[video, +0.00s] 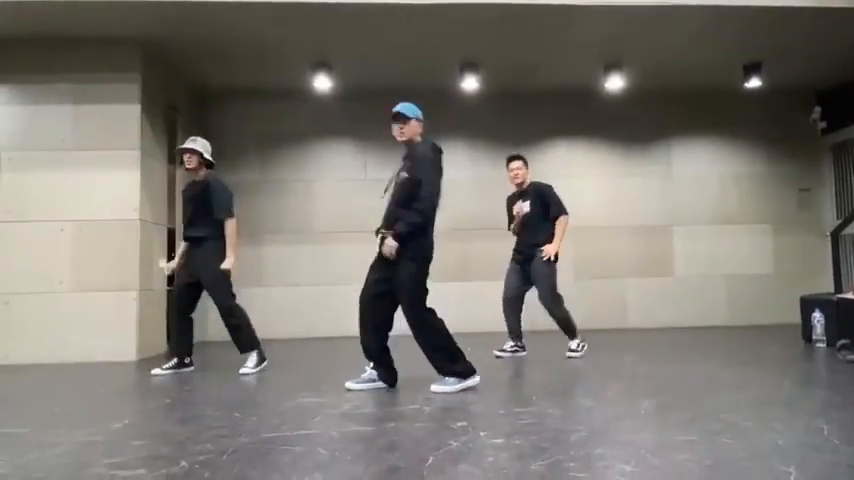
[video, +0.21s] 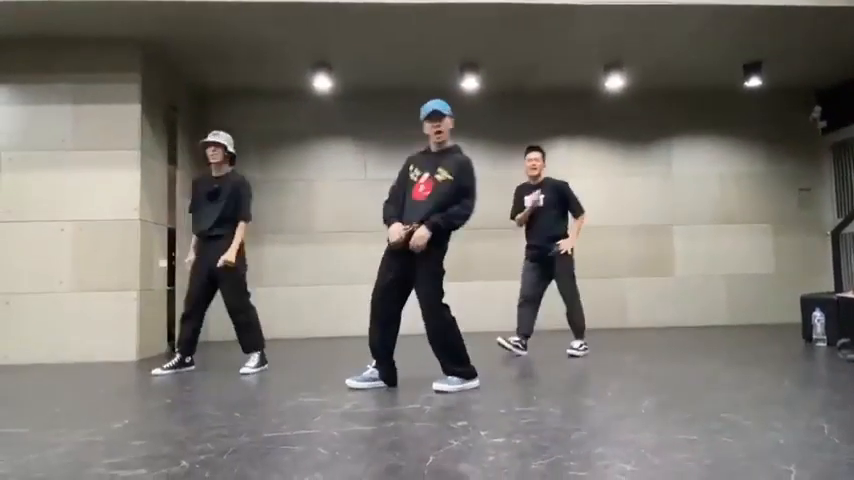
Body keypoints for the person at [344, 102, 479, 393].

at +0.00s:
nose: (398, 127)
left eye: (404, 122)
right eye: (395, 123)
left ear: (419, 125)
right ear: (394, 128)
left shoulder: (426, 152)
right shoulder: (409, 156)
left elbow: (426, 202)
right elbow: (400, 199)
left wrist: (396, 234)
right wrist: (387, 230)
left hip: (414, 246)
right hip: (394, 244)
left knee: (414, 308)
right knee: (372, 303)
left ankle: (461, 372)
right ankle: (381, 371)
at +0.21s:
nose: (436, 125)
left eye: (441, 119)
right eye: (430, 120)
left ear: (451, 122)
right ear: (424, 126)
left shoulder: (460, 162)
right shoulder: (414, 160)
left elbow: (464, 207)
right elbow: (394, 196)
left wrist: (430, 226)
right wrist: (392, 222)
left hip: (429, 245)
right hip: (400, 242)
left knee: (432, 308)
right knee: (383, 303)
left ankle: (462, 373)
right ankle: (382, 370)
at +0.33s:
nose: (446, 121)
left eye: (450, 115)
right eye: (440, 117)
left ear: (460, 119)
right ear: (433, 122)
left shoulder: (468, 161)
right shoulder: (420, 156)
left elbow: (476, 205)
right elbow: (397, 194)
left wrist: (444, 220)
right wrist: (400, 212)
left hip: (438, 244)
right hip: (407, 241)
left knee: (441, 302)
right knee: (390, 296)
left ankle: (464, 373)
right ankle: (388, 368)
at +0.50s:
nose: (444, 121)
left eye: (450, 116)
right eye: (439, 116)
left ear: (459, 123)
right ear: (431, 122)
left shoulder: (464, 161)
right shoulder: (420, 160)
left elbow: (475, 208)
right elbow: (402, 199)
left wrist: (442, 228)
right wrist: (402, 217)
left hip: (439, 244)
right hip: (411, 241)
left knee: (436, 303)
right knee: (380, 290)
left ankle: (464, 373)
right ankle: (407, 351)